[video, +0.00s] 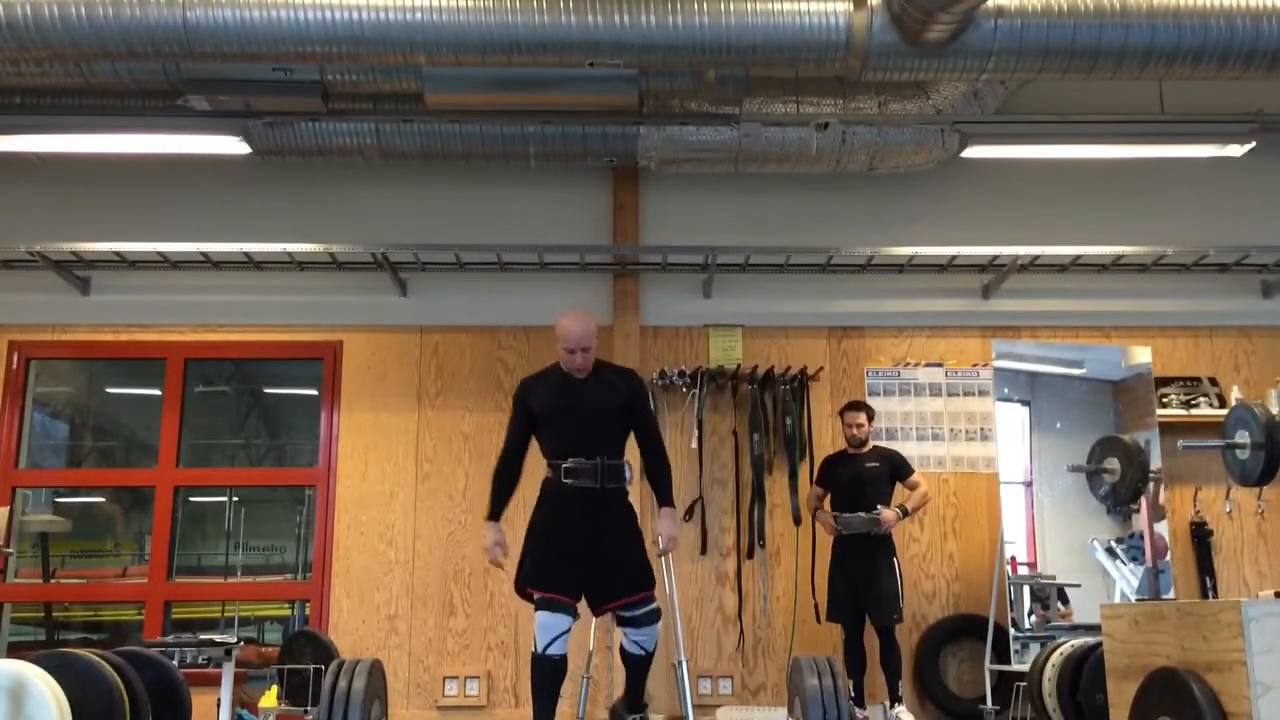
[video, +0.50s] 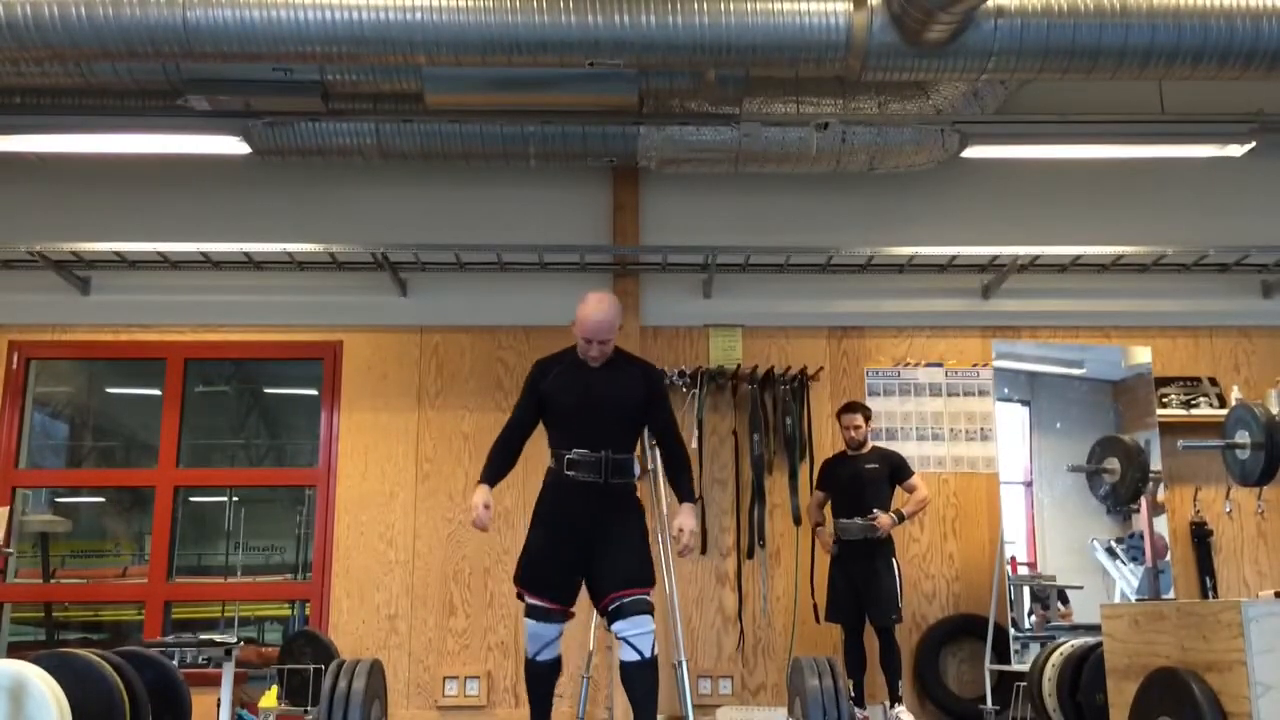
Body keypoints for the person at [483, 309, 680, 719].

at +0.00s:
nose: (580, 359)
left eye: (587, 350)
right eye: (571, 351)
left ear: (596, 343)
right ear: (556, 346)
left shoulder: (625, 384)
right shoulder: (534, 391)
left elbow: (652, 447)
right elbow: (512, 457)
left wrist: (667, 508)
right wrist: (493, 518)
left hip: (614, 515)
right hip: (559, 515)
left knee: (643, 620)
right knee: (552, 625)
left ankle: (632, 706)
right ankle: (543, 716)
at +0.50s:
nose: (594, 350)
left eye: (604, 342)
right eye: (586, 341)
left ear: (619, 332)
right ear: (574, 328)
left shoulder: (644, 377)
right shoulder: (548, 373)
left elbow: (670, 442)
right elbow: (516, 431)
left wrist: (687, 502)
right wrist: (485, 484)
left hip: (619, 511)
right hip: (560, 509)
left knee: (637, 627)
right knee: (541, 627)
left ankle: (646, 718)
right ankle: (539, 718)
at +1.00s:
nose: (589, 348)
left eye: (600, 340)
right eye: (582, 337)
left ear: (616, 328)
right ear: (567, 317)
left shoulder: (638, 369)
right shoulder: (534, 362)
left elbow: (669, 436)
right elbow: (504, 431)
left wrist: (690, 498)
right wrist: (482, 499)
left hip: (612, 505)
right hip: (549, 503)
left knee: (641, 625)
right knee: (531, 626)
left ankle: (646, 718)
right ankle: (517, 718)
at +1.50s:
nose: (583, 401)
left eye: (593, 393)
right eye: (576, 391)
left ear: (611, 376)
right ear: (562, 365)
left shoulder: (640, 404)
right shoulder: (532, 398)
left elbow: (677, 473)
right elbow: (501, 466)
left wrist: (683, 545)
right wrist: (484, 540)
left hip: (617, 518)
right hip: (553, 515)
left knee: (640, 629)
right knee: (530, 624)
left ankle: (648, 716)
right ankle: (521, 716)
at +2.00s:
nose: (579, 588)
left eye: (589, 582)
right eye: (572, 581)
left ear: (612, 553)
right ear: (556, 549)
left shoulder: (640, 543)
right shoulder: (523, 540)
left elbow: (681, 621)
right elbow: (492, 623)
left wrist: (682, 701)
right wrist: (485, 702)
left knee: (645, 630)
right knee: (527, 628)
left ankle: (650, 715)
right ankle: (521, 715)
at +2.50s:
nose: (586, 583)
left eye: (596, 575)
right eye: (578, 575)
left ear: (616, 547)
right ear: (560, 546)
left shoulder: (641, 544)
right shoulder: (525, 541)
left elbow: (684, 624)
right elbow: (489, 625)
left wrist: (687, 703)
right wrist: (490, 704)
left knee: (646, 631)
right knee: (528, 627)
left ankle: (646, 716)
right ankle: (528, 716)